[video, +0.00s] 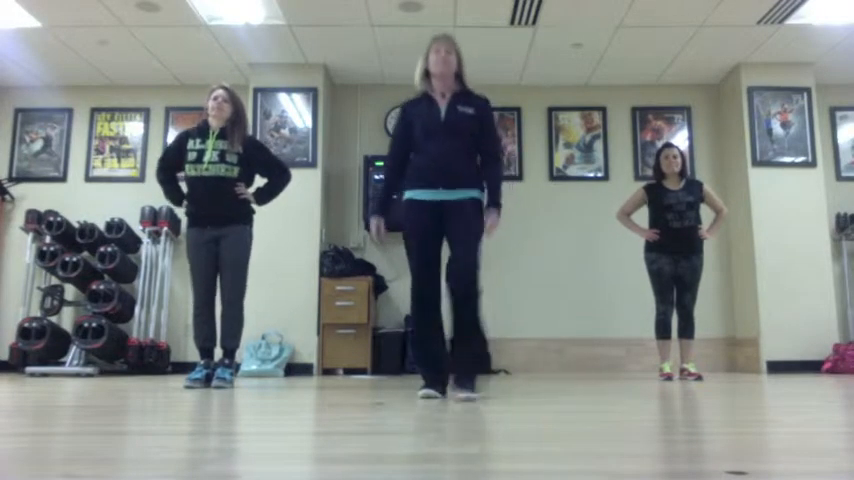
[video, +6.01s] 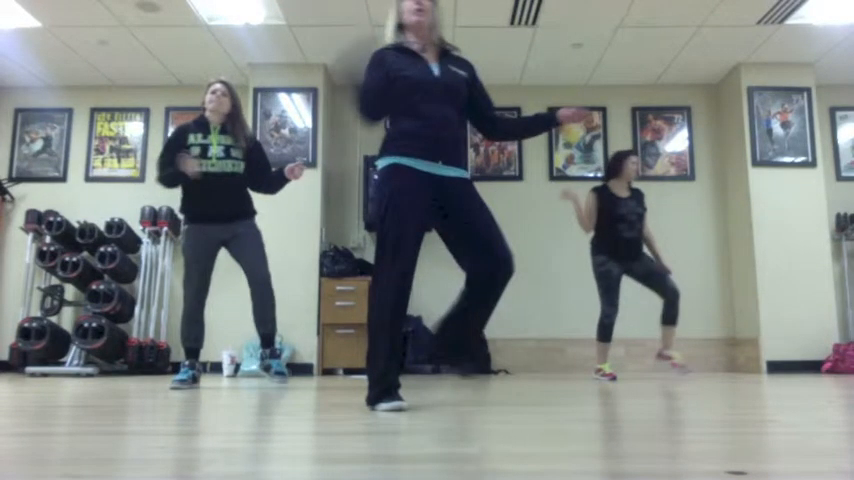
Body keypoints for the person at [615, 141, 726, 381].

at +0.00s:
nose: (672, 161)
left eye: (675, 157)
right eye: (666, 158)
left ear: (682, 160)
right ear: (659, 163)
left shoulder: (696, 187)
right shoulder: (651, 190)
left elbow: (721, 210)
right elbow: (622, 214)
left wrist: (709, 232)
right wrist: (643, 232)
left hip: (690, 253)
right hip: (660, 254)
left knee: (686, 309)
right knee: (664, 308)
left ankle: (687, 363)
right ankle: (665, 363)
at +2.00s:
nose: (642, 164)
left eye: (646, 160)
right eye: (638, 161)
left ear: (654, 163)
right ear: (631, 166)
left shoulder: (667, 191)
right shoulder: (624, 193)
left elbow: (692, 213)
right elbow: (595, 217)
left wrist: (680, 235)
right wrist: (617, 235)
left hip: (665, 253)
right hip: (636, 255)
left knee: (663, 307)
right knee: (642, 309)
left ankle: (662, 362)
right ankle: (648, 363)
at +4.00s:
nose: (624, 166)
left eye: (628, 163)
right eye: (620, 162)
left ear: (633, 168)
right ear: (610, 167)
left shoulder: (640, 193)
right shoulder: (603, 194)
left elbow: (653, 227)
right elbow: (608, 221)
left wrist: (670, 257)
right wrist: (593, 193)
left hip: (647, 256)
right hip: (618, 258)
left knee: (659, 307)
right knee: (623, 309)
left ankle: (655, 361)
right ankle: (615, 365)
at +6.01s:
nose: (637, 167)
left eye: (637, 163)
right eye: (632, 163)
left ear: (635, 168)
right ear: (619, 166)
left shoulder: (637, 195)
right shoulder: (598, 193)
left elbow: (645, 231)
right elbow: (587, 226)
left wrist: (660, 261)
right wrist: (576, 200)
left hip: (634, 257)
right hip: (606, 257)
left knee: (671, 292)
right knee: (609, 309)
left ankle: (666, 350)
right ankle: (602, 365)